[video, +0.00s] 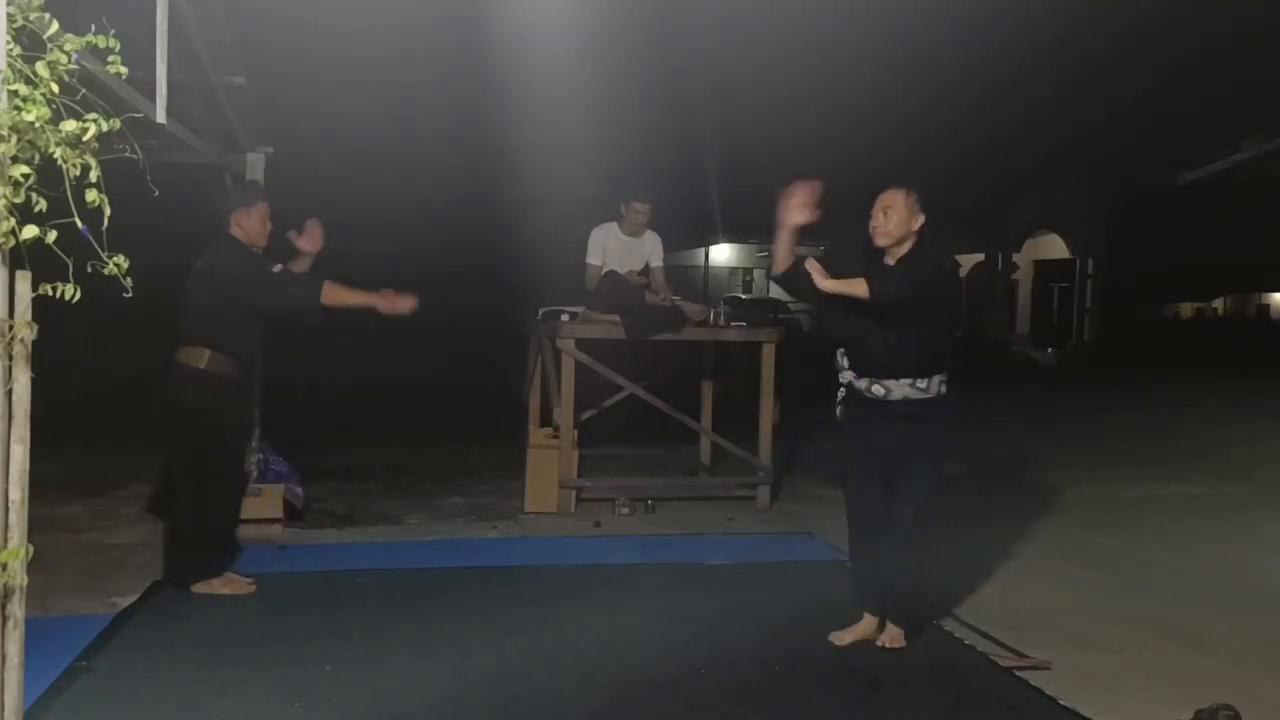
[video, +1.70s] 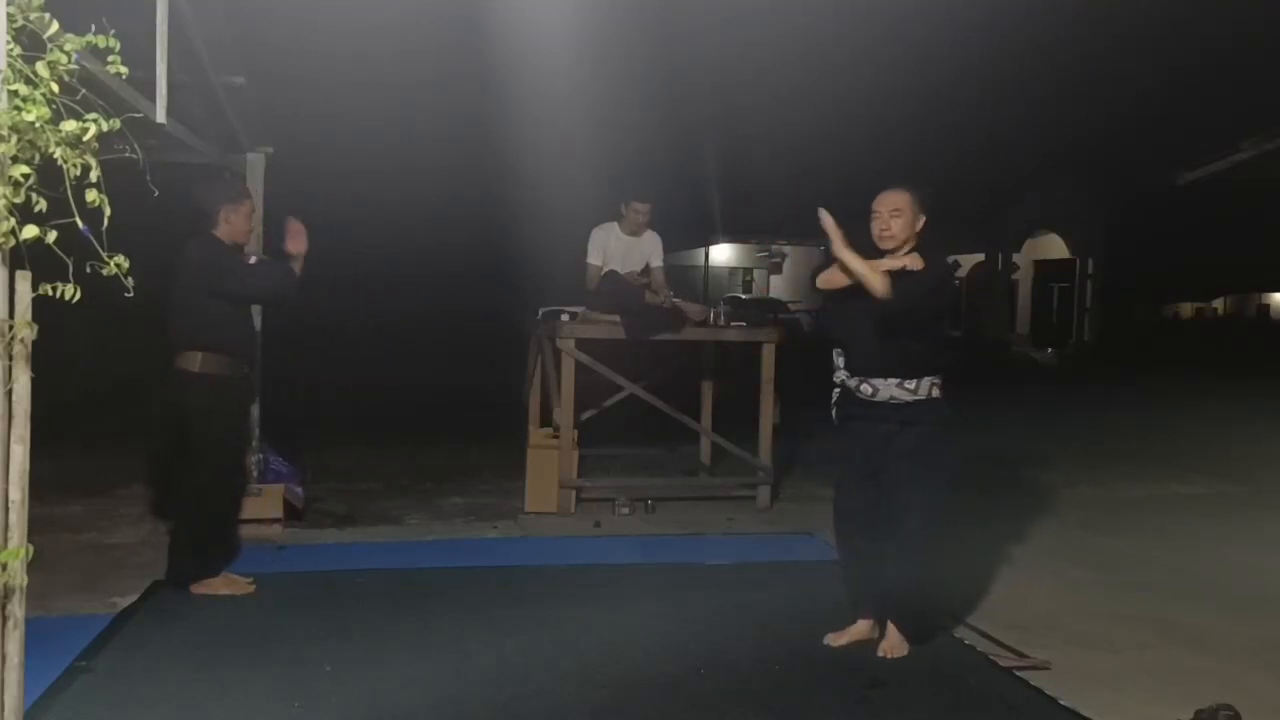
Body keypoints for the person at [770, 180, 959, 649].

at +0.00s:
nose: (878, 218)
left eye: (889, 211)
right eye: (876, 211)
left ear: (917, 221)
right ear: (872, 219)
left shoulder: (936, 265)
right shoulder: (859, 264)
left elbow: (897, 289)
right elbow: (786, 276)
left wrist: (829, 286)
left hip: (917, 408)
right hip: (862, 405)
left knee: (906, 511)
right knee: (863, 509)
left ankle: (899, 618)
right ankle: (869, 613)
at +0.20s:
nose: (880, 220)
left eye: (892, 212)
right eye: (878, 213)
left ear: (921, 222)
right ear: (876, 223)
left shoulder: (939, 269)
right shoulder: (864, 272)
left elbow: (898, 281)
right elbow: (804, 281)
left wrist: (837, 274)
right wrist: (760, 247)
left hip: (914, 413)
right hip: (859, 410)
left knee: (904, 516)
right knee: (857, 512)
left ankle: (896, 622)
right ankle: (868, 616)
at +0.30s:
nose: (879, 220)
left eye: (891, 212)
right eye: (877, 214)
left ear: (920, 221)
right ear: (874, 223)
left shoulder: (939, 267)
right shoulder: (857, 271)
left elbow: (896, 277)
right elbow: (800, 299)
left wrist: (833, 267)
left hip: (915, 413)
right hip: (856, 410)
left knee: (905, 516)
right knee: (853, 513)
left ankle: (896, 623)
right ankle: (867, 615)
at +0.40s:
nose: (873, 220)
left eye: (884, 212)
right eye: (870, 213)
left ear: (913, 222)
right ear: (866, 225)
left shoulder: (934, 269)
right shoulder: (851, 275)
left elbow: (891, 283)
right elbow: (803, 329)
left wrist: (822, 274)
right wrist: (841, 335)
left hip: (914, 412)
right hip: (856, 408)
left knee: (905, 516)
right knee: (857, 513)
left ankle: (895, 621)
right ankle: (868, 617)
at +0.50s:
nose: (866, 222)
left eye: (878, 213)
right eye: (864, 215)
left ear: (908, 223)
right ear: (861, 227)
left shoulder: (929, 269)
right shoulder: (853, 275)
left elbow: (888, 292)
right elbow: (825, 339)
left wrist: (825, 293)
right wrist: (853, 280)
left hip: (914, 411)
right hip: (857, 407)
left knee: (906, 515)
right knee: (858, 513)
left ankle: (895, 620)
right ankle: (869, 617)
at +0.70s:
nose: (864, 223)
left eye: (873, 215)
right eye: (864, 216)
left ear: (903, 221)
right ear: (869, 226)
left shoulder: (924, 271)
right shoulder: (858, 266)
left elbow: (879, 298)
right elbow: (797, 281)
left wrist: (813, 304)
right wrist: (822, 248)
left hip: (909, 415)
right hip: (855, 411)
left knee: (903, 516)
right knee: (853, 512)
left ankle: (895, 622)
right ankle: (867, 616)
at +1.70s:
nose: (883, 223)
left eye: (895, 215)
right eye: (876, 216)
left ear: (920, 222)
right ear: (869, 224)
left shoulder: (934, 270)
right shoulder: (858, 265)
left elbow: (885, 291)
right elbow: (822, 282)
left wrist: (842, 248)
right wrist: (885, 265)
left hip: (913, 411)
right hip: (858, 407)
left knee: (904, 515)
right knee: (854, 510)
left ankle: (898, 622)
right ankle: (865, 617)